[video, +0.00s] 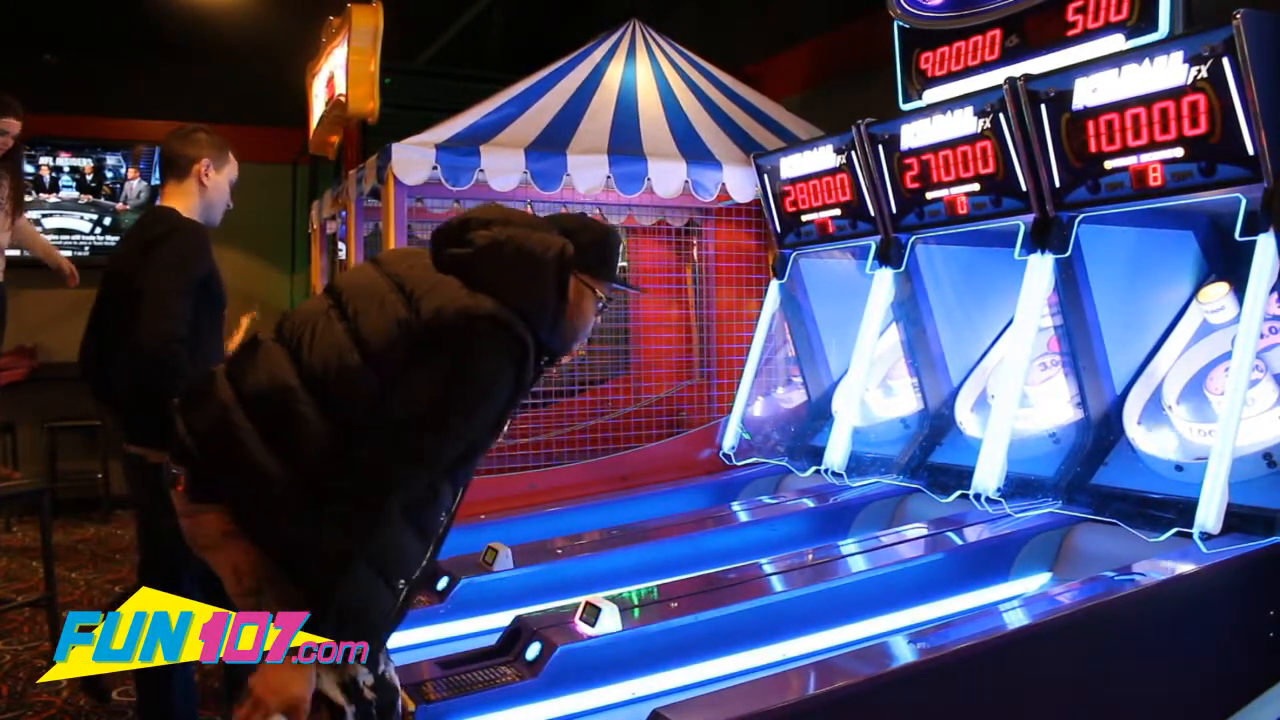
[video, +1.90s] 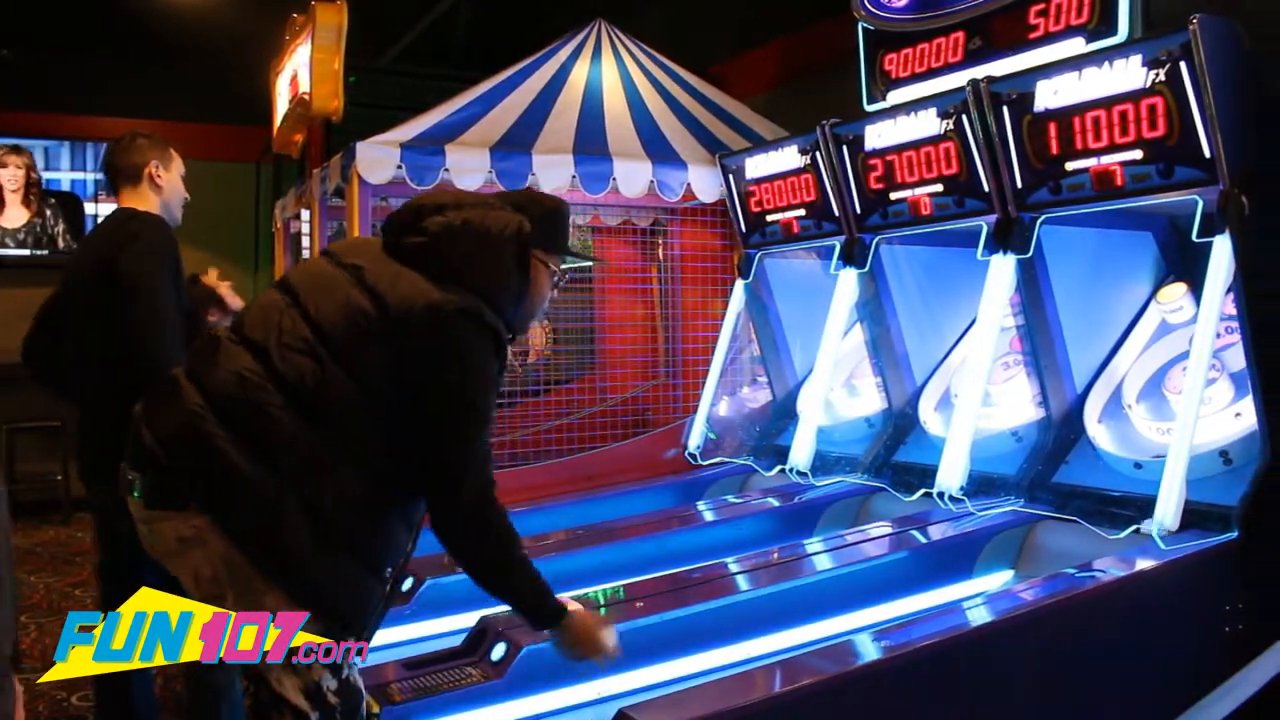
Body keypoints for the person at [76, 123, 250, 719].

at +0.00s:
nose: (231, 197)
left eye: (232, 183)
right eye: (229, 182)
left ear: (182, 174)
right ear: (205, 172)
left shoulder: (141, 234)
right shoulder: (183, 240)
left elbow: (96, 352)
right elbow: (170, 348)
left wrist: (134, 423)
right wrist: (180, 443)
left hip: (141, 444)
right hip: (173, 448)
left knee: (162, 578)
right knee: (185, 586)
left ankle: (160, 696)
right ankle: (171, 700)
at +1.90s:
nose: (187, 189)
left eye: (185, 174)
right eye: (183, 174)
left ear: (129, 178)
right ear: (156, 173)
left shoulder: (103, 239)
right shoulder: (151, 239)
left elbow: (42, 347)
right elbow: (162, 353)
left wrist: (103, 396)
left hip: (106, 449)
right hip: (145, 456)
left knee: (123, 594)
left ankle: (123, 705)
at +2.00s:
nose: (187, 185)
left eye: (185, 172)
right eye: (183, 172)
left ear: (125, 178)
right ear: (157, 172)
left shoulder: (103, 239)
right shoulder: (152, 238)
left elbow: (50, 349)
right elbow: (160, 353)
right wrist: (211, 321)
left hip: (106, 448)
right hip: (144, 454)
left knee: (124, 593)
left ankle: (125, 706)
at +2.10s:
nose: (189, 185)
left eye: (187, 172)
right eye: (184, 172)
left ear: (127, 177)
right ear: (157, 172)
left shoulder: (102, 241)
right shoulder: (152, 239)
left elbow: (56, 350)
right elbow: (162, 354)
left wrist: (105, 403)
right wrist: (207, 325)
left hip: (109, 451)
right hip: (148, 455)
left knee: (126, 596)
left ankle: (125, 706)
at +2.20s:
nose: (191, 185)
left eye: (189, 171)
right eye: (186, 171)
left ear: (133, 176)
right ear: (158, 172)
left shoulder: (105, 240)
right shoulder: (149, 240)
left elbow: (60, 349)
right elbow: (160, 359)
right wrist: (201, 327)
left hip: (111, 454)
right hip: (144, 460)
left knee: (127, 598)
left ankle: (125, 706)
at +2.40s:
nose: (195, 181)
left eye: (193, 169)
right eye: (185, 168)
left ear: (138, 174)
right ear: (143, 172)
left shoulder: (106, 240)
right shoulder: (146, 239)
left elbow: (65, 350)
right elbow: (155, 361)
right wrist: (195, 325)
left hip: (114, 456)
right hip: (145, 460)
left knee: (129, 600)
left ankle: (127, 707)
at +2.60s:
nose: (184, 177)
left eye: (186, 167)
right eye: (170, 164)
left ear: (135, 176)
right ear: (127, 170)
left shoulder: (104, 238)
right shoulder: (143, 239)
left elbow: (65, 349)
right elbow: (154, 355)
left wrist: (110, 401)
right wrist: (195, 418)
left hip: (110, 444)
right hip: (141, 449)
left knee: (128, 591)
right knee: (164, 592)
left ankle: (127, 705)